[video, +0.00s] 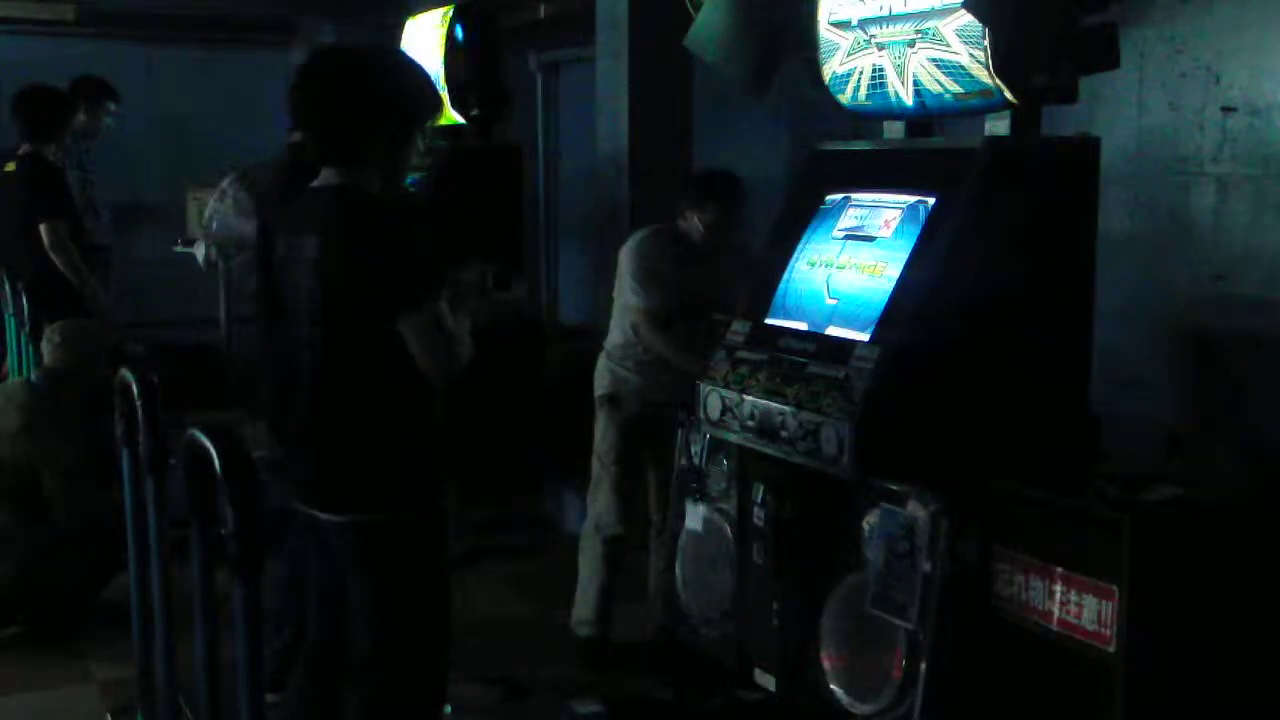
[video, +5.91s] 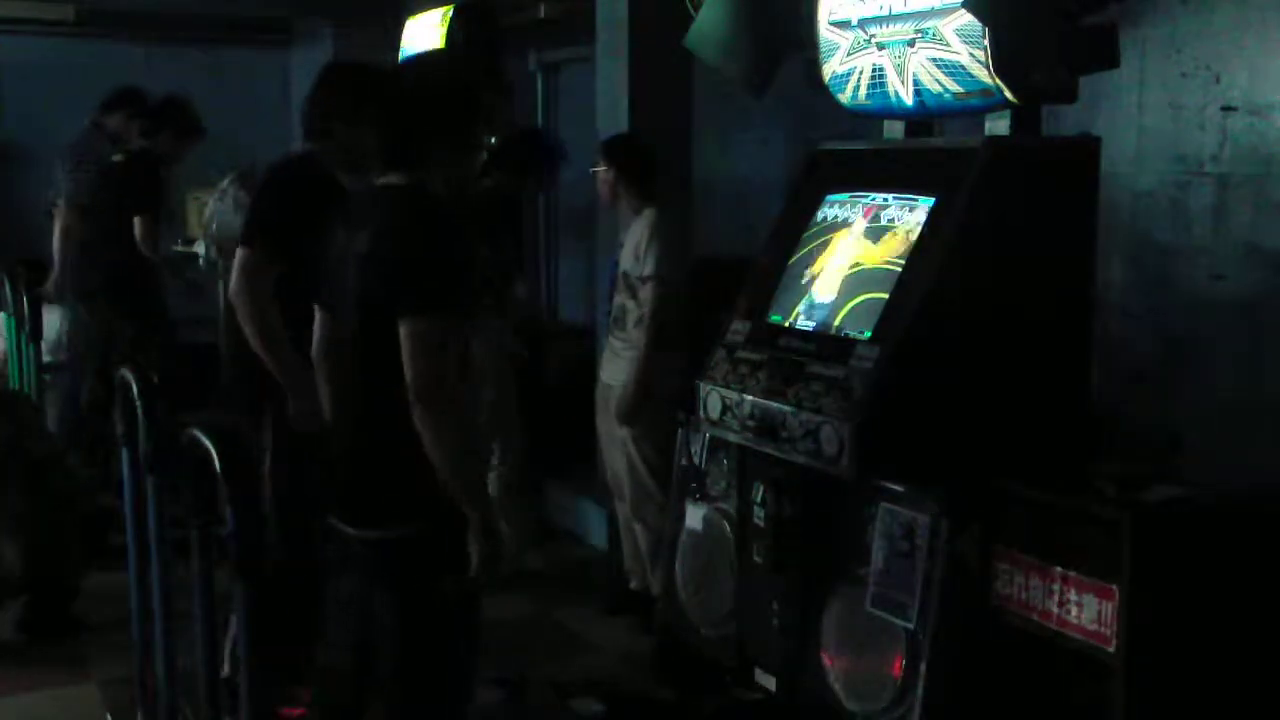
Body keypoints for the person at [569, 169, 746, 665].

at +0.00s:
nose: (712, 230)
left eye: (720, 222)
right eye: (706, 219)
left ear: (728, 222)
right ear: (687, 211)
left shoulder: (715, 258)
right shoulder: (646, 248)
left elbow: (724, 318)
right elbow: (645, 327)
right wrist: (699, 366)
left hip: (675, 391)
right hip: (623, 387)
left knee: (670, 511)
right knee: (611, 509)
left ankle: (666, 623)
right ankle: (590, 626)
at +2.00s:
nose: (693, 217)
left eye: (702, 208)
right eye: (688, 205)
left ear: (712, 208)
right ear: (669, 196)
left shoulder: (711, 246)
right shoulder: (624, 238)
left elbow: (726, 311)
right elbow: (593, 311)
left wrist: (699, 361)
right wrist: (637, 361)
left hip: (681, 386)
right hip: (623, 384)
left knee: (676, 499)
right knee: (606, 495)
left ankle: (668, 605)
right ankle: (597, 592)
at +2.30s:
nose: (622, 209)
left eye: (630, 199)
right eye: (614, 199)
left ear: (651, 195)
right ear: (606, 197)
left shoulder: (676, 241)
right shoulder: (594, 232)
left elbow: (708, 312)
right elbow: (572, 299)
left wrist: (676, 370)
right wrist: (592, 359)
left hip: (657, 385)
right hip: (603, 383)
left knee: (665, 503)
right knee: (595, 498)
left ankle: (667, 607)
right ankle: (604, 594)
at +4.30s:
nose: (581, 215)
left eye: (584, 204)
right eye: (576, 206)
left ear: (607, 193)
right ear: (594, 201)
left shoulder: (651, 230)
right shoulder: (615, 233)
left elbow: (678, 303)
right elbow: (625, 305)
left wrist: (685, 378)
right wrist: (617, 356)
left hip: (649, 374)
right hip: (617, 370)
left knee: (641, 487)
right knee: (618, 484)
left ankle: (654, 598)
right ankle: (634, 586)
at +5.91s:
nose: (597, 182)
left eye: (602, 172)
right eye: (598, 171)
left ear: (619, 177)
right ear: (627, 175)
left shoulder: (652, 229)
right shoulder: (635, 227)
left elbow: (652, 316)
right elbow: (636, 313)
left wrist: (633, 388)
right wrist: (613, 374)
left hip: (632, 383)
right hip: (613, 377)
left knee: (641, 490)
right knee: (621, 485)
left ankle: (656, 589)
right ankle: (634, 581)